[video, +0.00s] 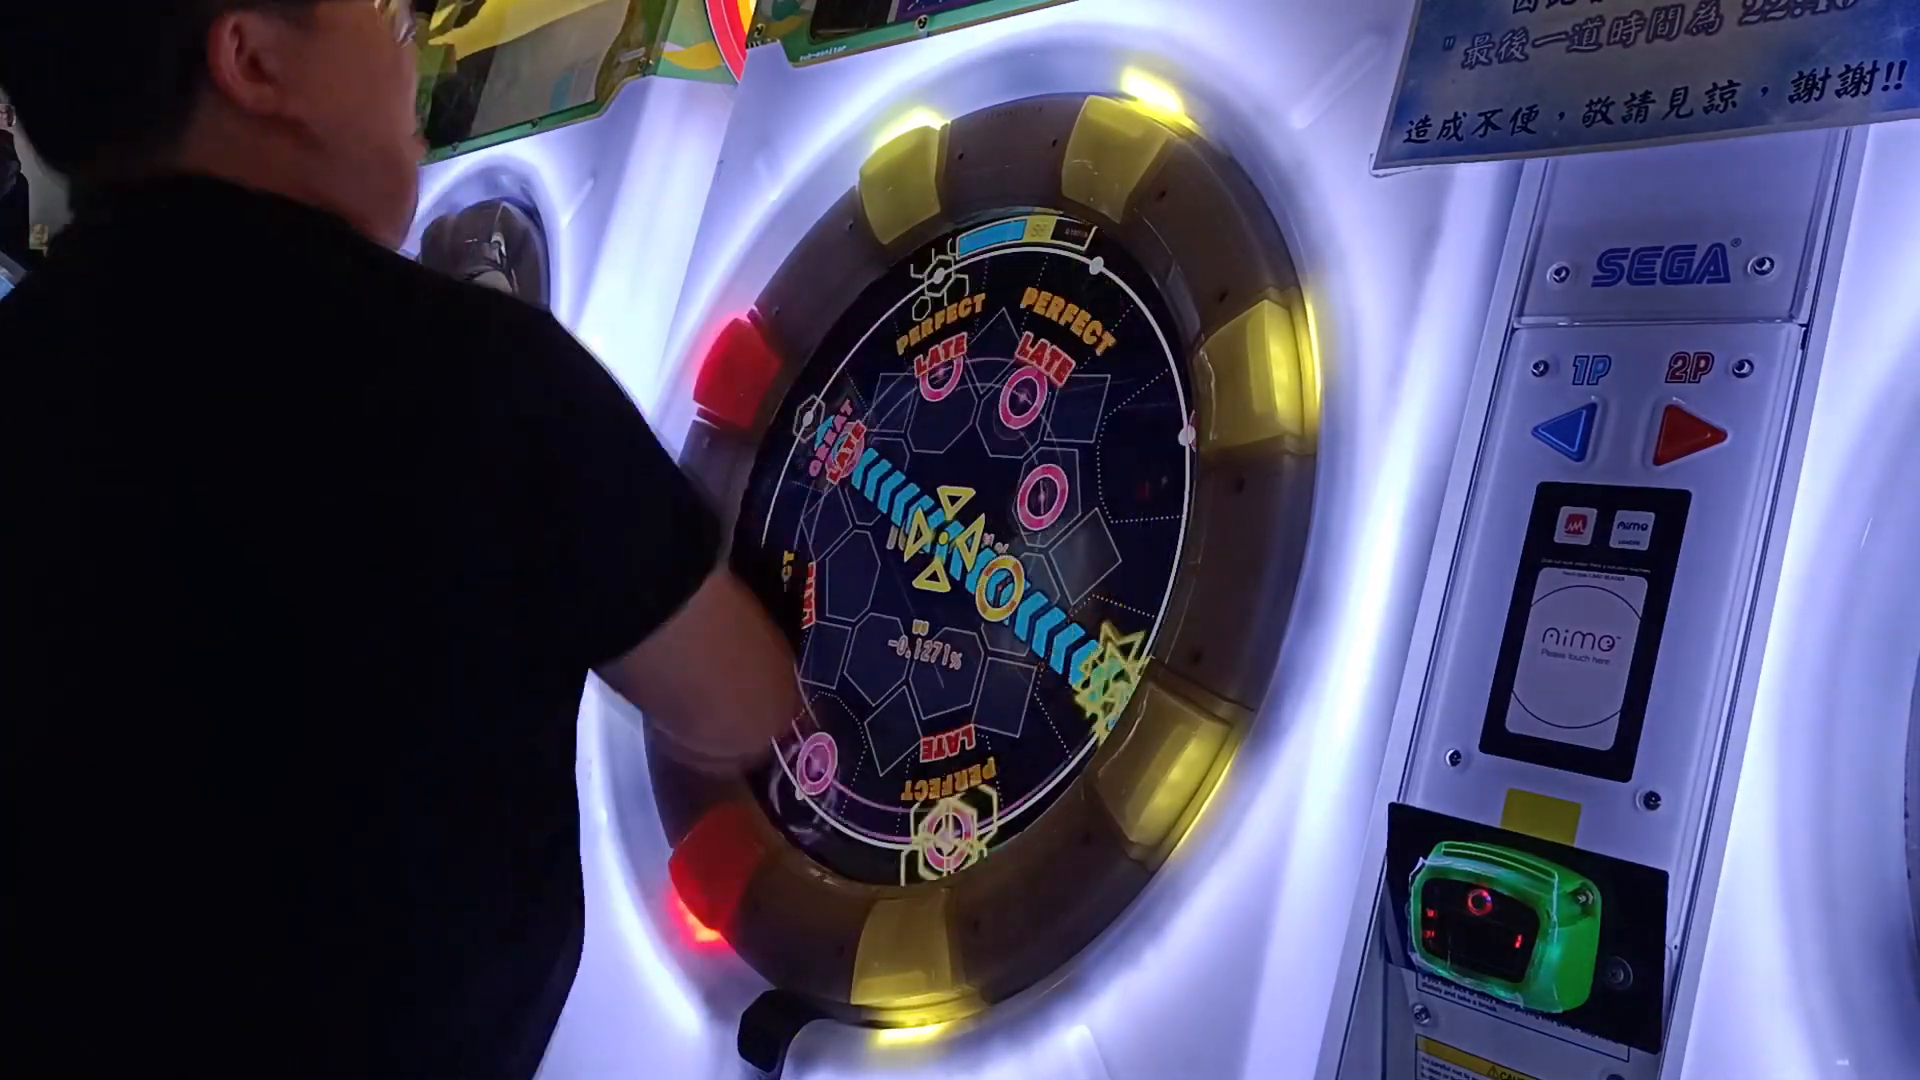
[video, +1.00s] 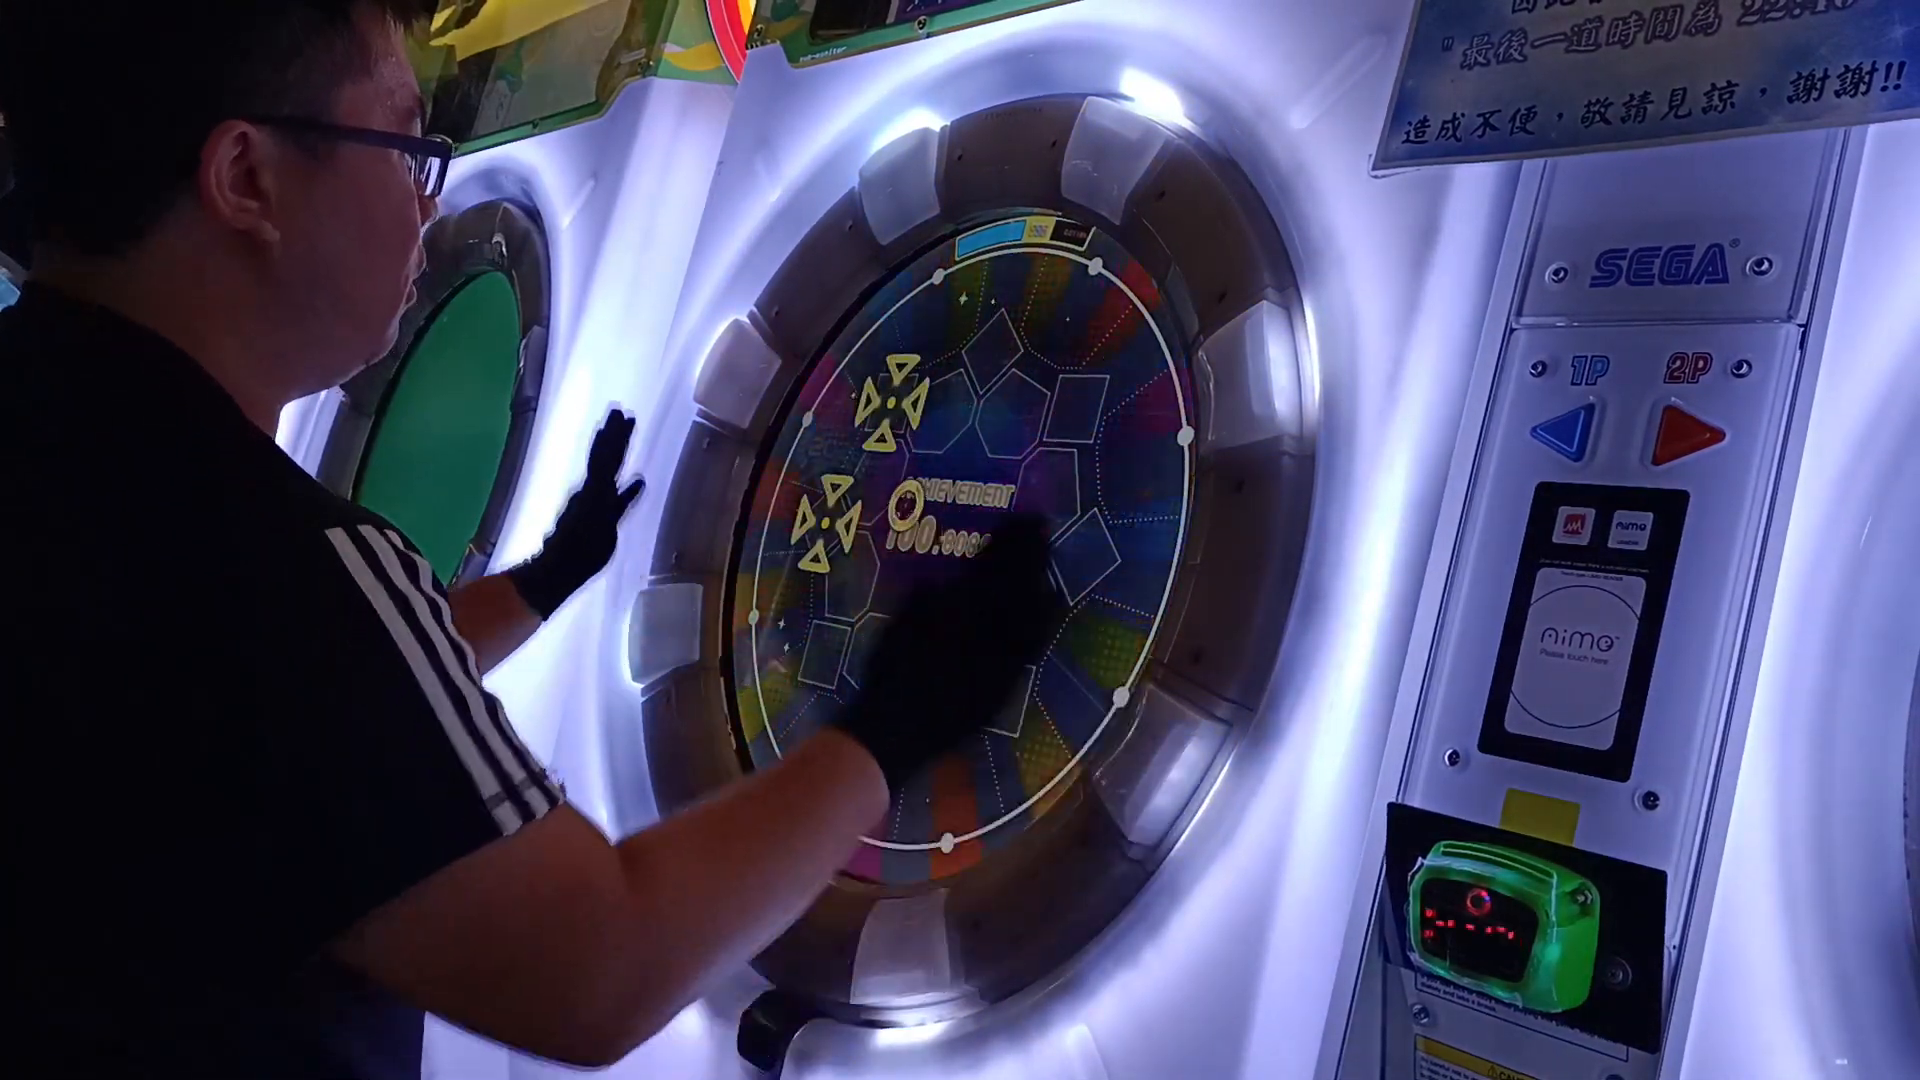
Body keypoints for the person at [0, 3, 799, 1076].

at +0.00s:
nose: (409, 47)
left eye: (396, 12)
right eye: (383, 10)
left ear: (68, 113)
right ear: (252, 62)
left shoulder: (17, 353)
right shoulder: (482, 373)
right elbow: (745, 711)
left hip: (65, 1040)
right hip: (446, 1044)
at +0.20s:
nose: (570, 202)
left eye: (565, 164)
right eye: (554, 169)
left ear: (207, 133)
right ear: (403, 229)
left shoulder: (18, 354)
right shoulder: (504, 536)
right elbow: (685, 821)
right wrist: (843, 585)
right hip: (361, 1047)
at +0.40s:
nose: (562, 411)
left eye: (557, 376)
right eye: (547, 380)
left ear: (201, 365)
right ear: (391, 450)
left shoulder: (57, 539)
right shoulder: (399, 785)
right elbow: (709, 1052)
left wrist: (406, 670)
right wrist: (935, 758)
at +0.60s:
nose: (478, 333)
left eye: (469, 296)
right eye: (454, 301)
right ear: (293, 367)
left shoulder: (53, 564)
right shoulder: (309, 766)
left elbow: (279, 762)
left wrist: (527, 672)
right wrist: (894, 947)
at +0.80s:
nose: (448, 232)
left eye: (437, 180)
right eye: (420, 180)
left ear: (261, 211)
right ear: (252, 217)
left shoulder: (36, 459)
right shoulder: (273, 610)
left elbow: (246, 770)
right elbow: (555, 1049)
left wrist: (561, 683)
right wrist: (965, 927)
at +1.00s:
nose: (433, 201)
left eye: (426, 149)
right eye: (408, 148)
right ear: (244, 184)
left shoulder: (29, 418)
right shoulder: (270, 568)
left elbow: (269, 736)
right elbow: (595, 974)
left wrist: (541, 579)